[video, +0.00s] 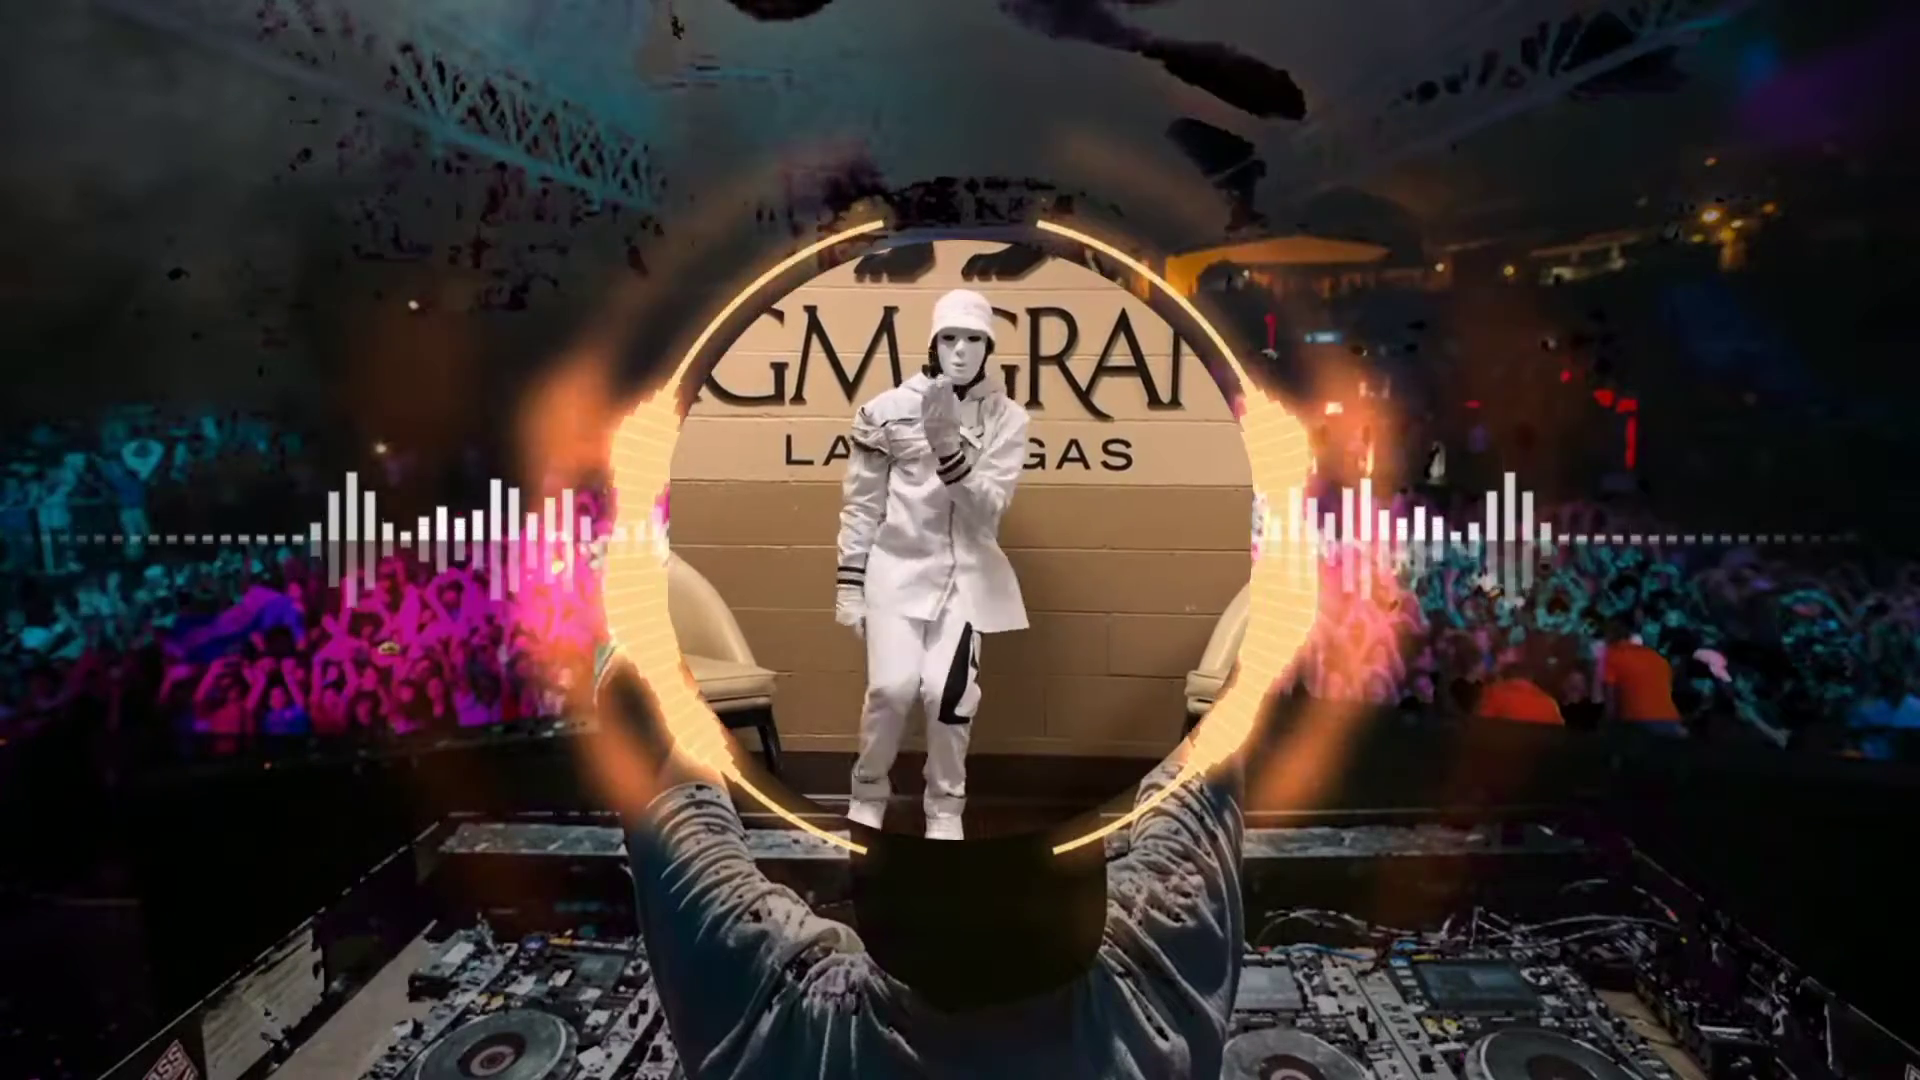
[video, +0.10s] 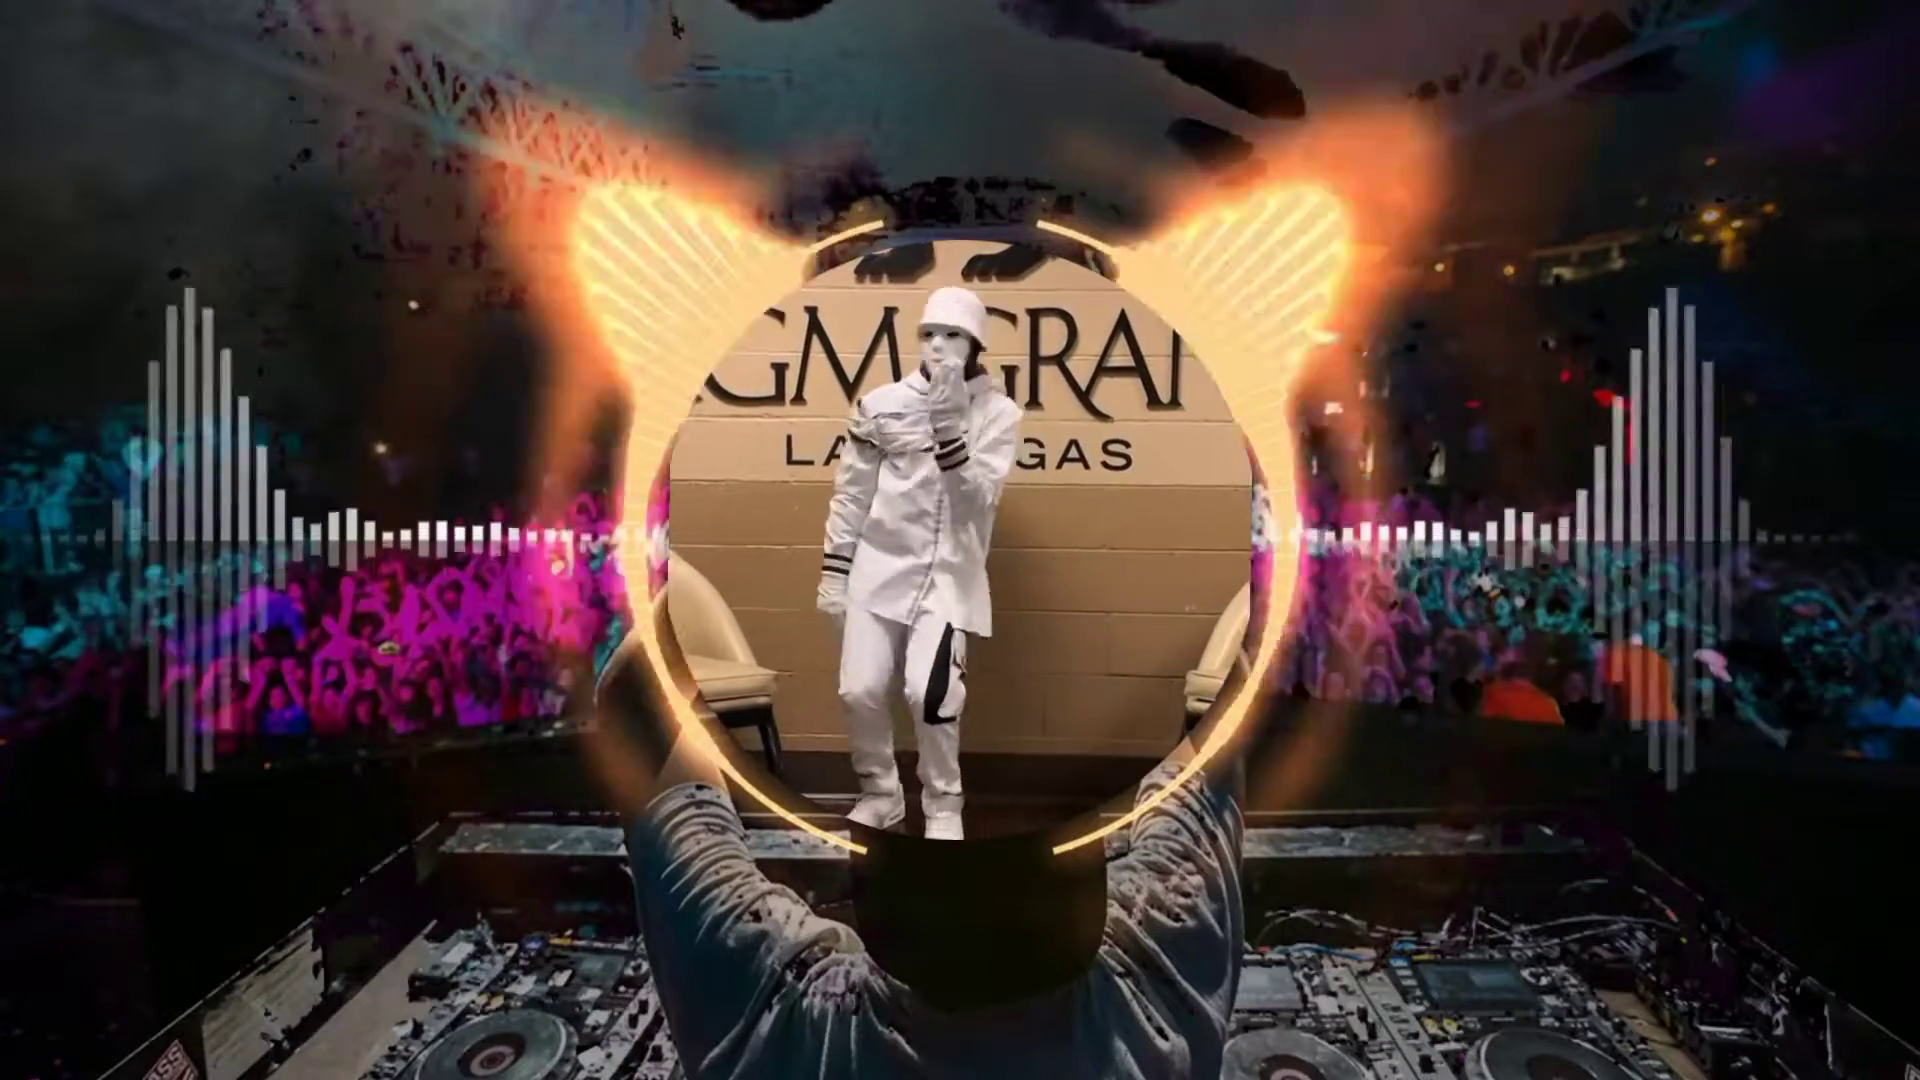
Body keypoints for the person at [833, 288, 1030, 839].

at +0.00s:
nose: (960, 350)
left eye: (972, 340)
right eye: (951, 338)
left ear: (987, 349)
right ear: (934, 345)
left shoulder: (1006, 419)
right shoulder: (887, 412)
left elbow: (992, 508)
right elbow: (862, 505)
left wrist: (949, 444)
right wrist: (850, 583)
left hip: (965, 580)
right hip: (895, 577)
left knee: (951, 697)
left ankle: (945, 815)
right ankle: (867, 802)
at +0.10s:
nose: (938, 347)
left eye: (952, 337)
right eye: (931, 335)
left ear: (974, 348)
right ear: (919, 341)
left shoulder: (997, 414)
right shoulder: (882, 405)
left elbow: (978, 503)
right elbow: (850, 494)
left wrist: (948, 429)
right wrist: (835, 569)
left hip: (949, 578)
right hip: (877, 572)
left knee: (932, 691)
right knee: (859, 690)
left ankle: (943, 810)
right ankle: (880, 799)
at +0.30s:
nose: (853, 337)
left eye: (863, 327)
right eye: (854, 326)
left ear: (896, 335)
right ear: (887, 332)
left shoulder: (947, 392)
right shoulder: (879, 390)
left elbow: (964, 489)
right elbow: (864, 478)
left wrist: (896, 425)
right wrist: (850, 537)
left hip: (929, 571)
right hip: (871, 564)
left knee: (914, 699)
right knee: (846, 685)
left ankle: (946, 810)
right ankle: (883, 797)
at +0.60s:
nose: (845, 334)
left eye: (854, 323)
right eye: (846, 323)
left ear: (884, 324)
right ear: (887, 326)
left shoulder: (936, 363)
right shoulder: (899, 382)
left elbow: (990, 414)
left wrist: (909, 450)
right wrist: (868, 454)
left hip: (944, 565)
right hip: (907, 564)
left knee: (907, 688)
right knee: (864, 672)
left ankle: (989, 809)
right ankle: (907, 802)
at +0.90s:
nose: (871, 324)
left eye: (879, 313)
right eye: (873, 313)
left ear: (910, 317)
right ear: (913, 317)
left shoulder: (968, 363)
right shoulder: (925, 374)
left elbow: (1020, 416)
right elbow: (949, 466)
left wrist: (926, 416)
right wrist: (914, 522)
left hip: (961, 566)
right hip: (926, 564)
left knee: (925, 688)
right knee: (886, 668)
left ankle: (990, 810)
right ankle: (911, 802)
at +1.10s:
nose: (905, 337)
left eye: (913, 326)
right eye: (906, 326)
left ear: (940, 327)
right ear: (946, 326)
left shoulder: (988, 355)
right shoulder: (957, 375)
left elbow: (1027, 394)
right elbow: (950, 485)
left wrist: (941, 400)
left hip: (987, 563)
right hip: (956, 561)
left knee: (931, 688)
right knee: (895, 645)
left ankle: (990, 811)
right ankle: (929, 781)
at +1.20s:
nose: (919, 338)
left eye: (926, 327)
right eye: (920, 327)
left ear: (955, 328)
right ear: (960, 326)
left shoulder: (1002, 355)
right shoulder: (977, 383)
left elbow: (1043, 396)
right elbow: (971, 491)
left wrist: (953, 402)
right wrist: (927, 537)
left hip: (1007, 565)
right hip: (985, 563)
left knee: (945, 687)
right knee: (931, 658)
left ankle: (988, 810)